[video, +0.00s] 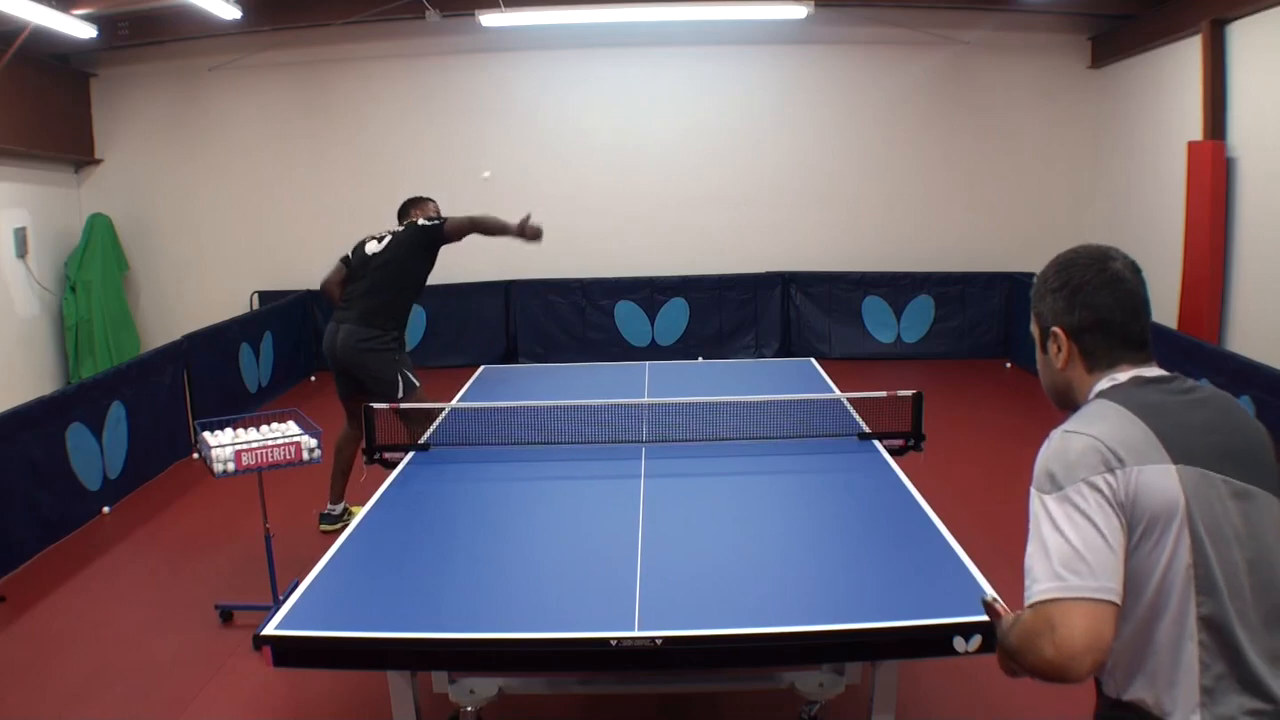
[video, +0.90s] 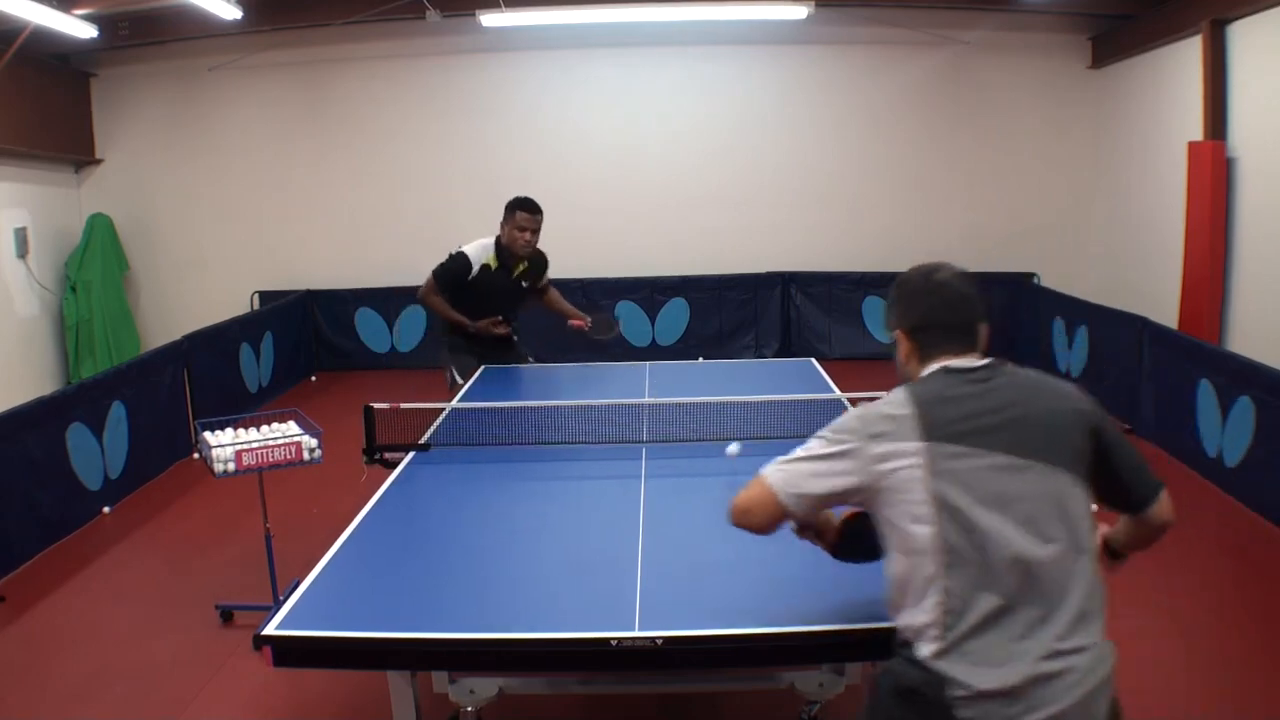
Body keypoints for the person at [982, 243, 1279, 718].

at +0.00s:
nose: (1038, 361)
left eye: (1037, 344)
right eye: (1037, 344)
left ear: (1059, 346)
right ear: (1142, 330)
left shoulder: (1088, 443)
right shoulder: (1239, 419)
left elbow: (1072, 649)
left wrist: (1012, 636)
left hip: (1162, 705)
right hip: (1265, 700)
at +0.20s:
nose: (1017, 360)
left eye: (1017, 342)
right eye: (1016, 343)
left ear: (1040, 346)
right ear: (1125, 333)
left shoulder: (1065, 448)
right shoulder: (1216, 424)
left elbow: (1028, 653)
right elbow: (1260, 573)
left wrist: (962, 620)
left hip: (1130, 708)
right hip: (1256, 701)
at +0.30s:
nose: (1001, 358)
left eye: (1000, 341)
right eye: (999, 340)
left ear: (1022, 344)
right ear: (1106, 329)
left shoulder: (1038, 446)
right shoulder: (1208, 431)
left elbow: (971, 645)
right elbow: (1256, 589)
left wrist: (914, 606)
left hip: (1092, 707)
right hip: (1226, 706)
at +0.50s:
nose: (992, 332)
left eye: (991, 316)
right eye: (990, 315)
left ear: (1012, 317)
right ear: (1091, 301)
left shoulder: (1019, 418)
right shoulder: (1199, 401)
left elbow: (922, 598)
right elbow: (1254, 549)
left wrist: (880, 571)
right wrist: (1160, 586)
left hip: (1084, 703)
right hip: (1212, 700)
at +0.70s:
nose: (977, 339)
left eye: (976, 323)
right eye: (976, 323)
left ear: (994, 323)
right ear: (1070, 310)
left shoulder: (1005, 417)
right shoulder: (1163, 393)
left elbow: (880, 560)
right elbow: (1215, 519)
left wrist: (872, 525)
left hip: (1065, 698)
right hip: (1184, 694)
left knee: (970, 707)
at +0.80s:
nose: (940, 338)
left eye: (940, 322)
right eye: (940, 323)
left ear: (957, 324)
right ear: (1030, 309)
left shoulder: (958, 404)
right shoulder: (1124, 387)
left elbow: (815, 523)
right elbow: (1185, 504)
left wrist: (861, 531)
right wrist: (1094, 533)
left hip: (1021, 688)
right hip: (1143, 687)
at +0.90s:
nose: (893, 351)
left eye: (892, 342)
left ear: (903, 345)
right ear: (984, 335)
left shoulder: (882, 423)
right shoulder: (1068, 405)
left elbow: (748, 510)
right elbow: (1156, 514)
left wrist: (815, 518)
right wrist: (1117, 542)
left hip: (952, 694)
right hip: (1079, 692)